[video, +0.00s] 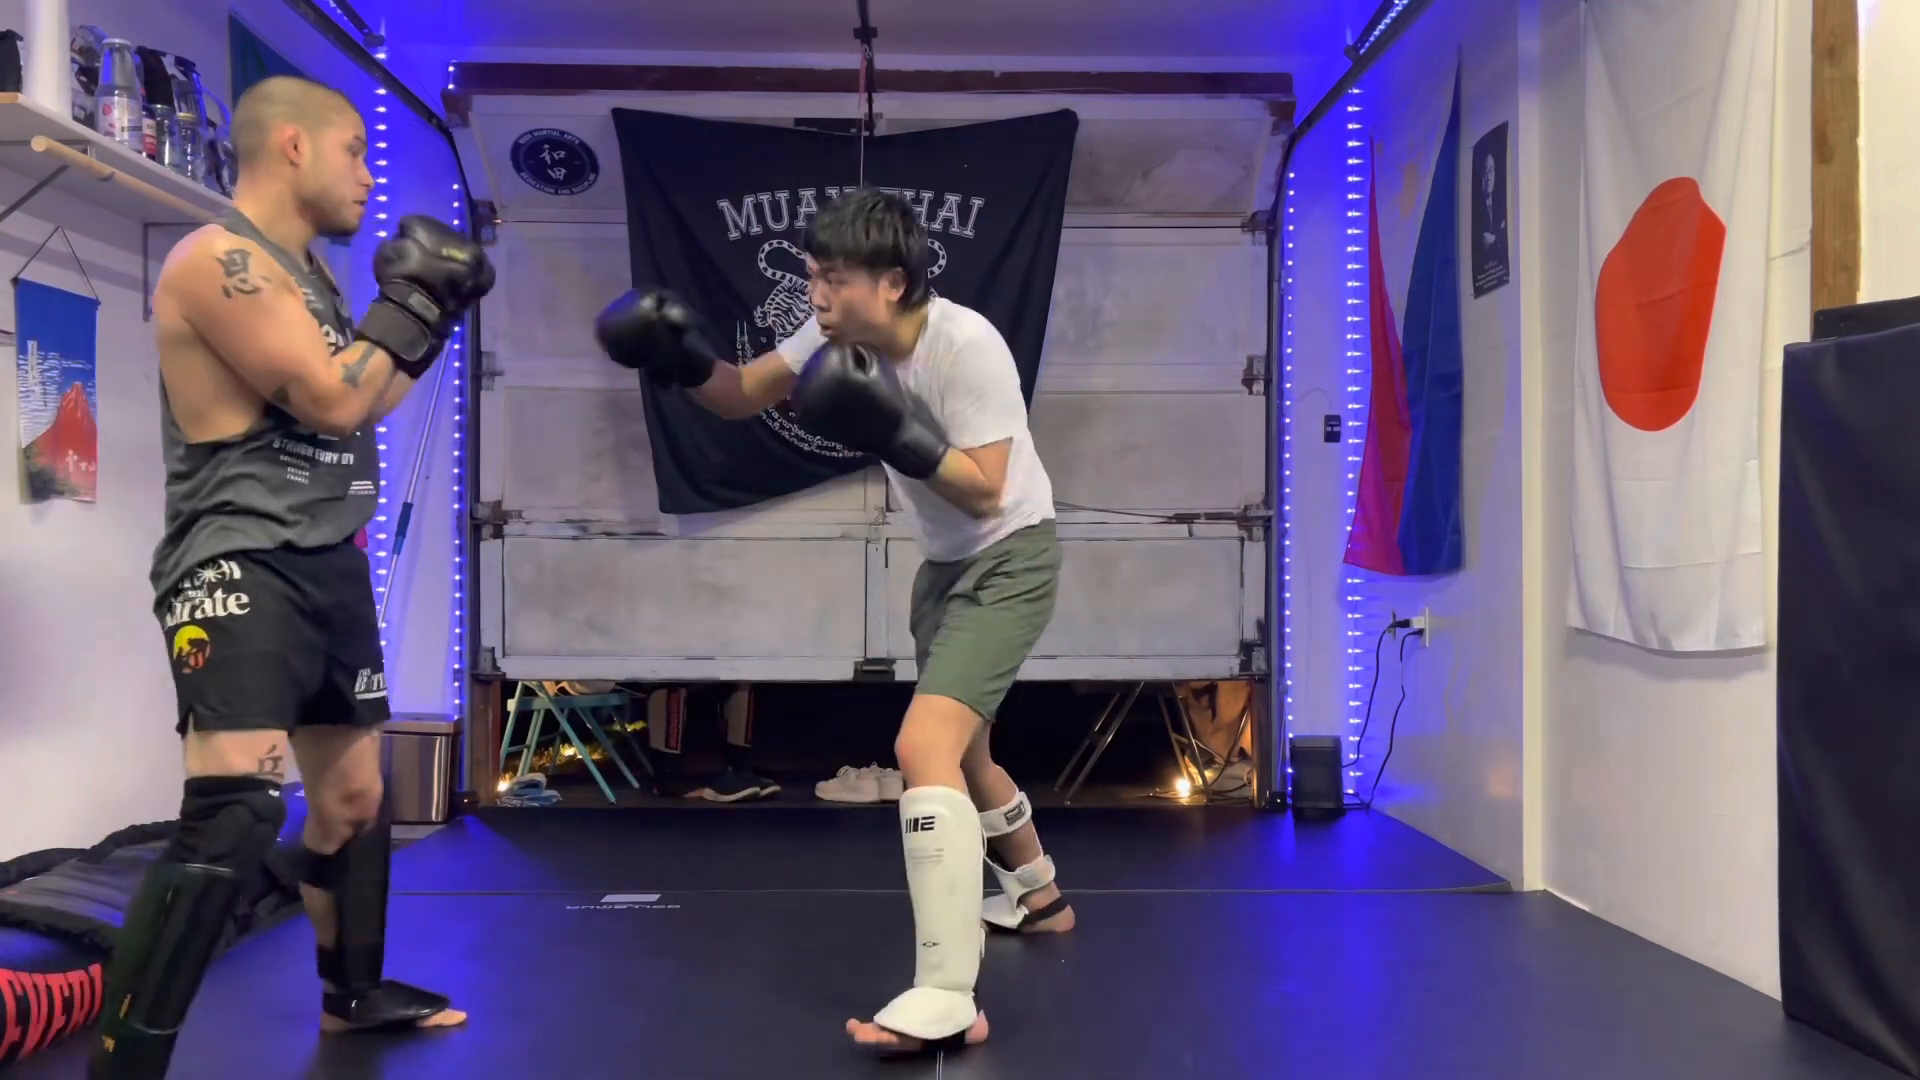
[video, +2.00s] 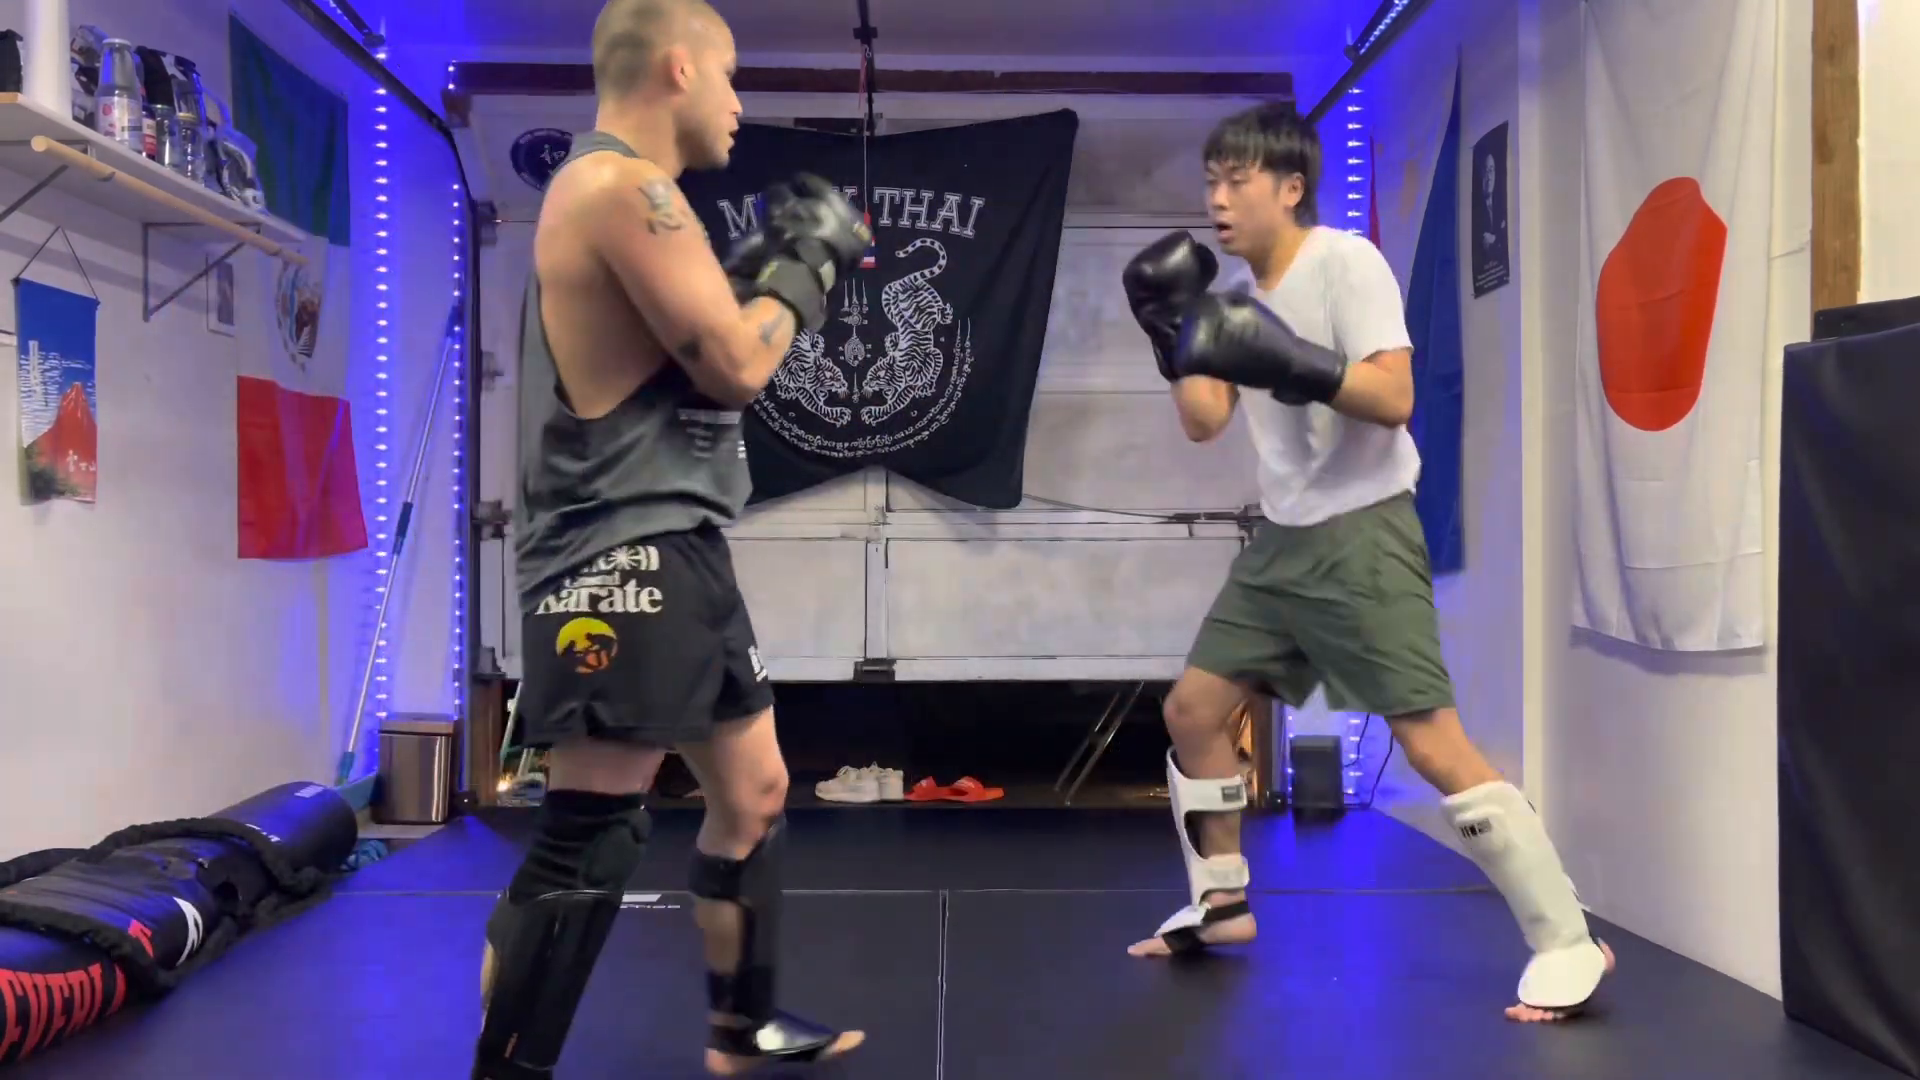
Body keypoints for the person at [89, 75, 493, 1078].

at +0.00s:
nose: (368, 175)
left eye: (368, 156)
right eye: (355, 152)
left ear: (291, 153)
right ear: (290, 150)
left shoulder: (306, 277)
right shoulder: (217, 257)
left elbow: (366, 403)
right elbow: (334, 401)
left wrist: (430, 314)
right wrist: (410, 298)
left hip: (327, 563)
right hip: (235, 559)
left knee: (350, 802)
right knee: (234, 815)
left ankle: (355, 993)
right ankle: (131, 1056)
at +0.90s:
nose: (363, 148)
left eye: (365, 129)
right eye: (348, 124)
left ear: (293, 131)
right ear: (270, 124)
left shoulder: (338, 265)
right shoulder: (192, 239)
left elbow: (428, 413)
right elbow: (299, 399)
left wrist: (494, 323)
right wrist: (379, 265)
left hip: (361, 563)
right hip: (244, 564)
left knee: (483, 801)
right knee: (223, 844)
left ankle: (493, 1014)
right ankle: (122, 1063)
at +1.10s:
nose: (452, 144)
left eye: (451, 124)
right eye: (434, 120)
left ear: (365, 131)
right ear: (357, 126)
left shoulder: (421, 270)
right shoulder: (284, 241)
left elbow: (499, 389)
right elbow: (389, 383)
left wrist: (559, 289)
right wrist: (501, 301)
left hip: (439, 577)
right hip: (315, 580)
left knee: (544, 814)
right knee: (248, 845)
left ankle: (538, 1046)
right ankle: (128, 1061)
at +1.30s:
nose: (556, 137)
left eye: (551, 118)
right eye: (540, 113)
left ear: (478, 120)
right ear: (475, 114)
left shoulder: (486, 258)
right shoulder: (410, 217)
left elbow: (491, 410)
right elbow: (447, 377)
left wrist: (595, 364)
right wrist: (611, 402)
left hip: (523, 558)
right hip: (425, 559)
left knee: (566, 812)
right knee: (380, 823)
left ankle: (541, 1046)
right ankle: (191, 1039)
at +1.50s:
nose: (621, 120)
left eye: (616, 99)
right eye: (605, 97)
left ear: (542, 103)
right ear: (541, 100)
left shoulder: (552, 243)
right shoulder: (474, 205)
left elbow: (554, 397)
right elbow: (550, 361)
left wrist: (642, 401)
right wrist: (677, 295)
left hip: (569, 548)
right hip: (481, 543)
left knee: (562, 807)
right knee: (501, 822)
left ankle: (541, 1042)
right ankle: (367, 1060)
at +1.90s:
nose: (715, 107)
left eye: (714, 84)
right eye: (704, 81)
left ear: (635, 80)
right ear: (643, 77)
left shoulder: (634, 218)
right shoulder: (564, 197)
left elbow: (649, 385)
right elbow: (662, 394)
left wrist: (734, 321)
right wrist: (753, 318)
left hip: (652, 548)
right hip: (579, 553)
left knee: (735, 793)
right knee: (583, 850)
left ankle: (626, 999)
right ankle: (507, 1068)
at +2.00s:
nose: (737, 104)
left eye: (734, 81)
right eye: (728, 79)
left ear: (654, 76)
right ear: (674, 74)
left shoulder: (634, 193)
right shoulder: (616, 186)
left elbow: (715, 361)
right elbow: (738, 364)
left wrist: (785, 267)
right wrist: (802, 259)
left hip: (673, 547)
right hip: (617, 552)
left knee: (752, 793)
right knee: (588, 835)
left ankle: (742, 1027)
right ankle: (511, 1067)